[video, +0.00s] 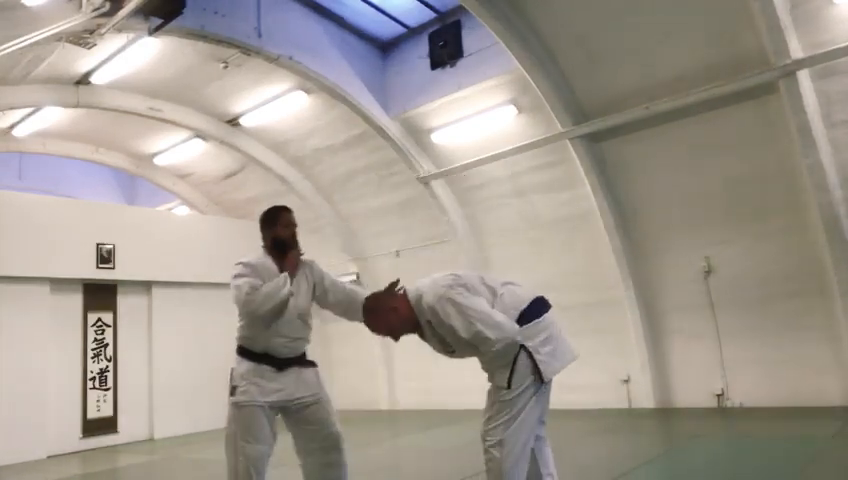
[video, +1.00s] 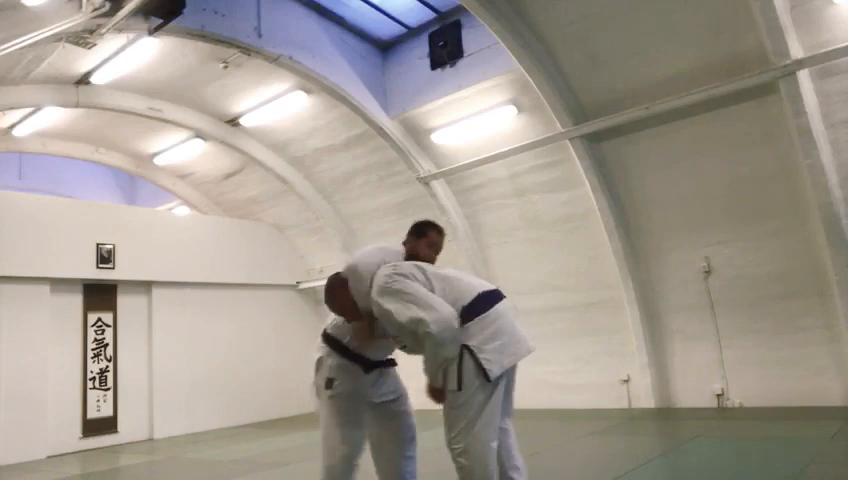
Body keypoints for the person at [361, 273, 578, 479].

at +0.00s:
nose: (391, 337)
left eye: (385, 329)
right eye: (383, 333)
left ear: (394, 307)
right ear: (395, 304)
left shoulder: (438, 299)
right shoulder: (426, 306)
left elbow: (504, 336)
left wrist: (497, 374)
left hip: (527, 338)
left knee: (498, 439)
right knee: (528, 434)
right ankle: (543, 477)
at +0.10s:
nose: (392, 346)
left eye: (386, 340)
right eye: (385, 343)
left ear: (392, 318)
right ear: (391, 315)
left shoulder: (435, 303)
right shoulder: (423, 310)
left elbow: (502, 336)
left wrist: (496, 373)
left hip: (524, 339)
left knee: (498, 439)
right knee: (529, 434)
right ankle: (546, 475)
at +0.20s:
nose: (389, 352)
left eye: (383, 346)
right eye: (382, 350)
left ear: (389, 325)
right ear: (389, 322)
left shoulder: (431, 308)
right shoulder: (422, 315)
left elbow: (500, 338)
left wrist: (495, 376)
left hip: (523, 340)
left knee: (497, 438)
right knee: (531, 434)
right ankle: (547, 476)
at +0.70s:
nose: (366, 331)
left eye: (361, 322)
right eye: (359, 327)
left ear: (370, 301)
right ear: (371, 297)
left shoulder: (412, 295)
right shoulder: (405, 299)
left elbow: (475, 336)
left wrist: (468, 371)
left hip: (501, 343)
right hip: (521, 334)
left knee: (480, 441)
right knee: (531, 432)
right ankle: (549, 475)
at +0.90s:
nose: (360, 319)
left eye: (353, 311)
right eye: (354, 315)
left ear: (357, 295)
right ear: (359, 289)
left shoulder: (394, 282)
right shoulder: (392, 280)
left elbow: (457, 332)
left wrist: (453, 375)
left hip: (487, 340)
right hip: (504, 330)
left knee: (474, 443)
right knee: (512, 431)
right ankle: (531, 475)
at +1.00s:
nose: (348, 320)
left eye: (343, 312)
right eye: (342, 315)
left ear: (348, 294)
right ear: (348, 289)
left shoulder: (384, 286)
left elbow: (442, 321)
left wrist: (435, 378)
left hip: (477, 339)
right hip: (499, 330)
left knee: (466, 441)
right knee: (496, 428)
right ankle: (512, 475)